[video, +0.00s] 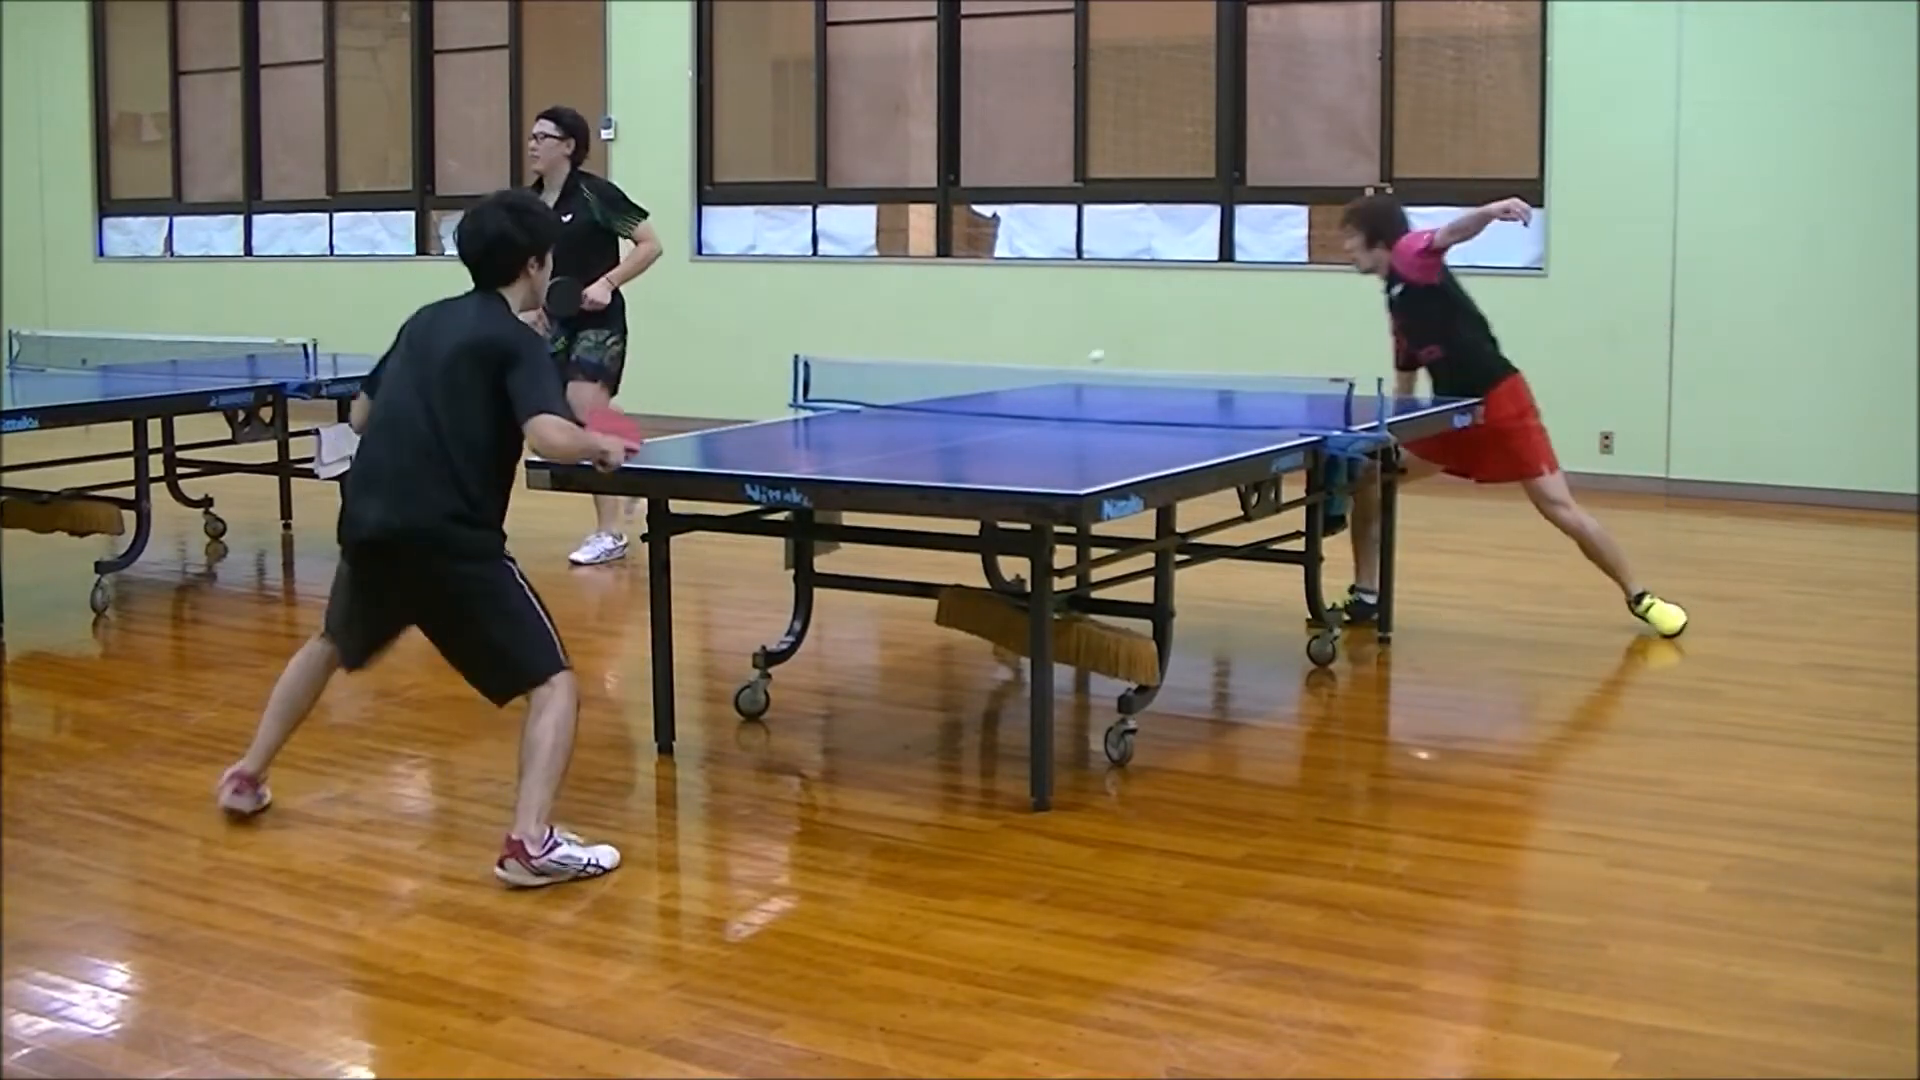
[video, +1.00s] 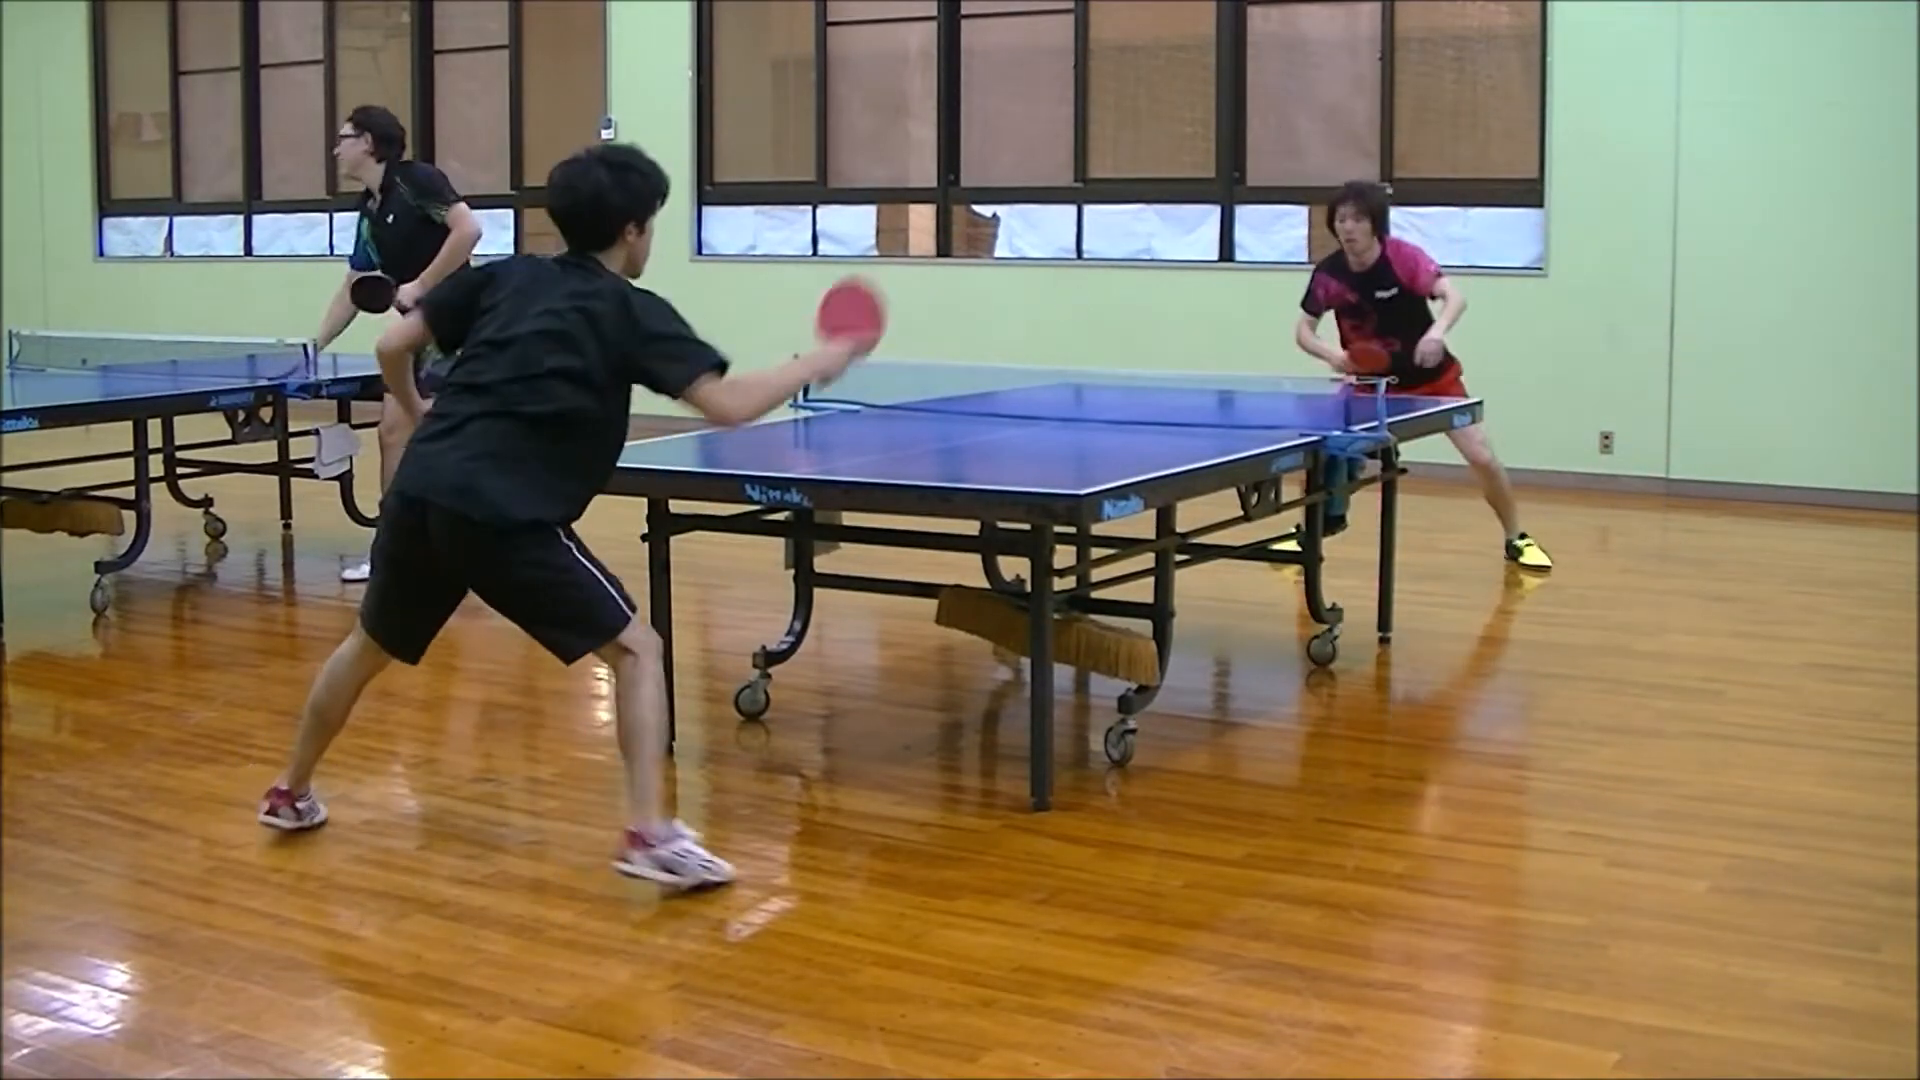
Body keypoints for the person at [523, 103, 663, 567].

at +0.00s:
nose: (532, 145)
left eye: (542, 138)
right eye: (531, 137)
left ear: (569, 146)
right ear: (535, 145)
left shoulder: (596, 192)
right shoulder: (532, 197)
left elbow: (650, 244)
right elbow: (516, 255)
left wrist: (608, 283)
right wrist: (525, 304)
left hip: (597, 316)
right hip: (550, 317)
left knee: (584, 407)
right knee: (567, 418)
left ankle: (611, 530)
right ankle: (620, 511)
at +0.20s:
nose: (507, 142)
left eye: (516, 134)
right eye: (505, 134)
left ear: (546, 136)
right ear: (507, 138)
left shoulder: (569, 178)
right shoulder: (514, 186)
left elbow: (615, 228)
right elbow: (517, 242)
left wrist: (562, 269)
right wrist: (506, 283)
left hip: (569, 326)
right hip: (522, 322)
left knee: (571, 423)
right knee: (503, 428)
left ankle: (607, 531)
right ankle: (544, 513)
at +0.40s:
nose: (456, 147)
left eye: (465, 138)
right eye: (454, 139)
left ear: (496, 140)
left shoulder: (532, 189)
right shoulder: (464, 197)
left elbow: (555, 247)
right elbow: (449, 253)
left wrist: (491, 254)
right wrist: (424, 287)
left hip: (535, 337)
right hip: (480, 339)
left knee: (558, 432)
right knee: (468, 439)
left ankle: (603, 528)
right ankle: (441, 538)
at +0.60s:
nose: (381, 160)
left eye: (390, 150)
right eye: (381, 151)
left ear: (421, 155)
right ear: (401, 158)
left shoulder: (465, 201)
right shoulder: (398, 220)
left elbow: (507, 261)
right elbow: (374, 283)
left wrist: (446, 296)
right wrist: (348, 326)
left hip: (485, 347)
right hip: (432, 344)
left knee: (515, 436)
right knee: (393, 433)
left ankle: (581, 504)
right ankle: (393, 546)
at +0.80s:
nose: (330, 163)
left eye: (337, 153)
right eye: (330, 154)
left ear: (367, 156)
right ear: (356, 160)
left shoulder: (421, 185)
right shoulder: (361, 229)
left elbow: (482, 231)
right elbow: (349, 302)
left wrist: (440, 283)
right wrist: (318, 364)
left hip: (464, 325)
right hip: (415, 330)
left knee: (448, 427)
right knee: (387, 435)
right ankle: (394, 547)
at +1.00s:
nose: (337, 148)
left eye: (345, 139)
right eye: (339, 140)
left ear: (370, 144)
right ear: (366, 147)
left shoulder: (415, 178)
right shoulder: (370, 213)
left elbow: (468, 228)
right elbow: (353, 288)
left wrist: (420, 285)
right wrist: (317, 346)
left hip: (456, 329)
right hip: (418, 333)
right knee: (394, 431)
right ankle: (392, 551)